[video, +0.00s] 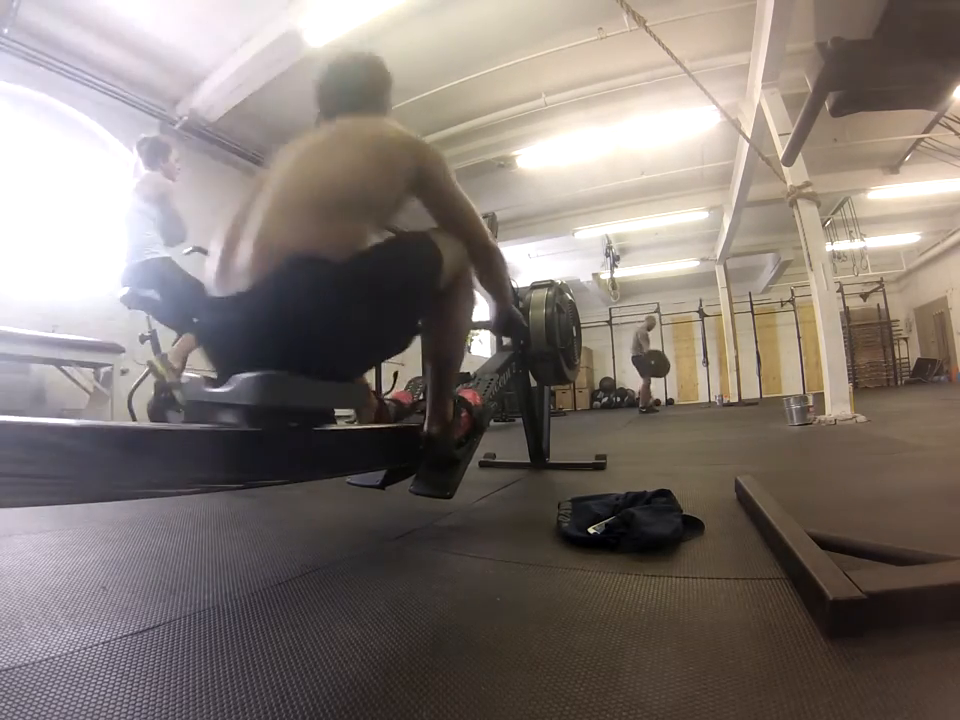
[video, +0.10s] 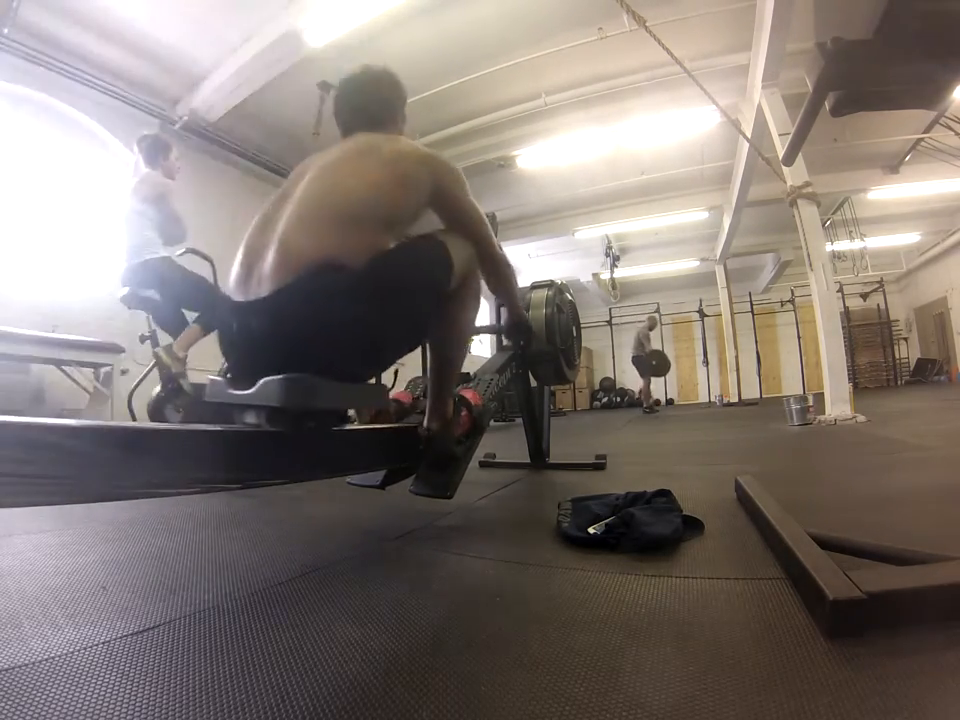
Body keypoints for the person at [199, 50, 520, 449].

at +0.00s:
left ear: (322, 107)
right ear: (385, 100)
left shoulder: (290, 154)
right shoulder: (403, 145)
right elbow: (482, 244)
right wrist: (505, 308)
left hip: (234, 336)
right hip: (321, 322)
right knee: (457, 251)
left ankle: (370, 408)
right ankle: (440, 424)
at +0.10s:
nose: (406, 122)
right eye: (406, 116)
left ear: (341, 125)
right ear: (401, 119)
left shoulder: (309, 168)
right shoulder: (422, 161)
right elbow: (492, 255)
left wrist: (176, 346)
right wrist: (516, 316)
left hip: (248, 351)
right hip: (331, 335)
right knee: (467, 249)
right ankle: (440, 418)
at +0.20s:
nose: (405, 122)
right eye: (404, 115)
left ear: (341, 124)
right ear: (398, 115)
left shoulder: (313, 167)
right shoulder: (427, 164)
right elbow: (488, 249)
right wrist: (515, 299)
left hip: (247, 349)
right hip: (327, 332)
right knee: (465, 252)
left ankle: (370, 408)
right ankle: (440, 418)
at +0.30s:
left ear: (318, 102)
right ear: (383, 92)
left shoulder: (285, 154)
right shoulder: (409, 144)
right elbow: (478, 232)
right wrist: (512, 281)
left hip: (230, 343)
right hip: (314, 324)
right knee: (458, 252)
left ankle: (369, 413)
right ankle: (439, 422)